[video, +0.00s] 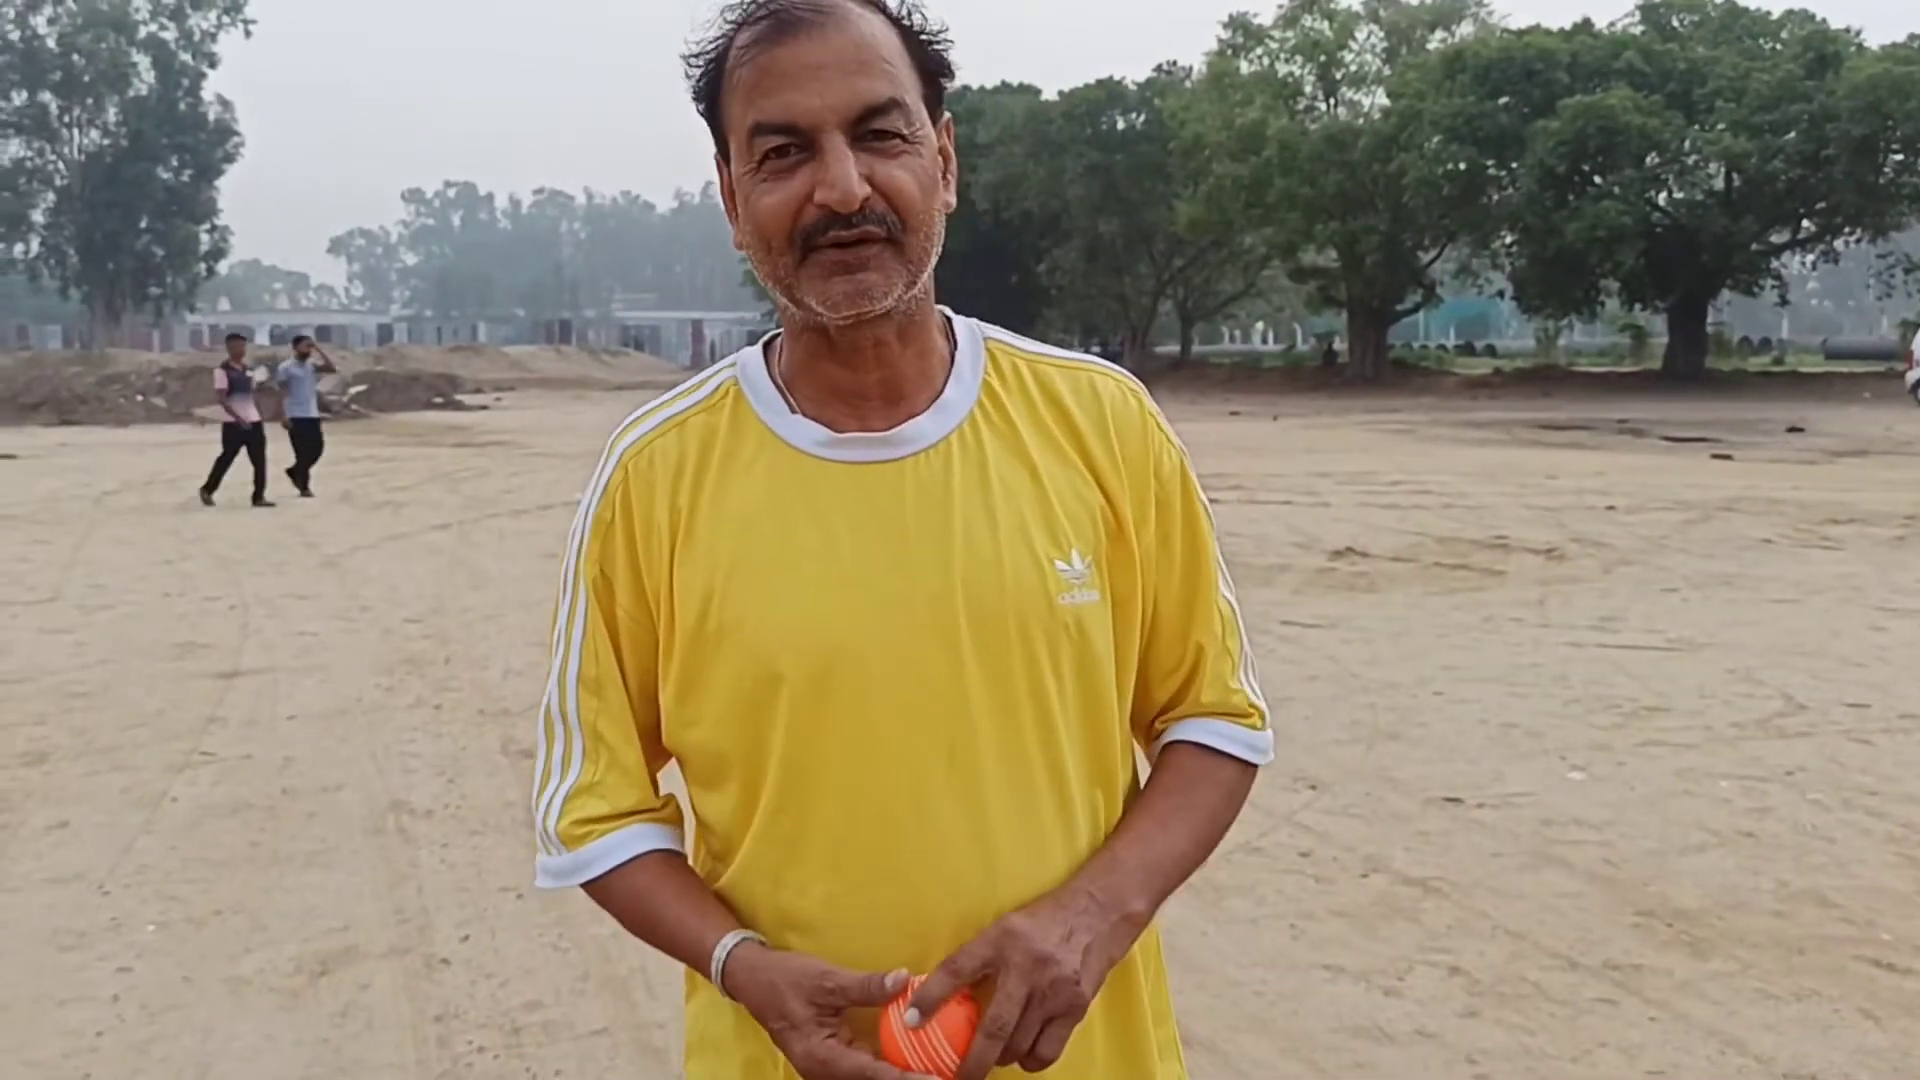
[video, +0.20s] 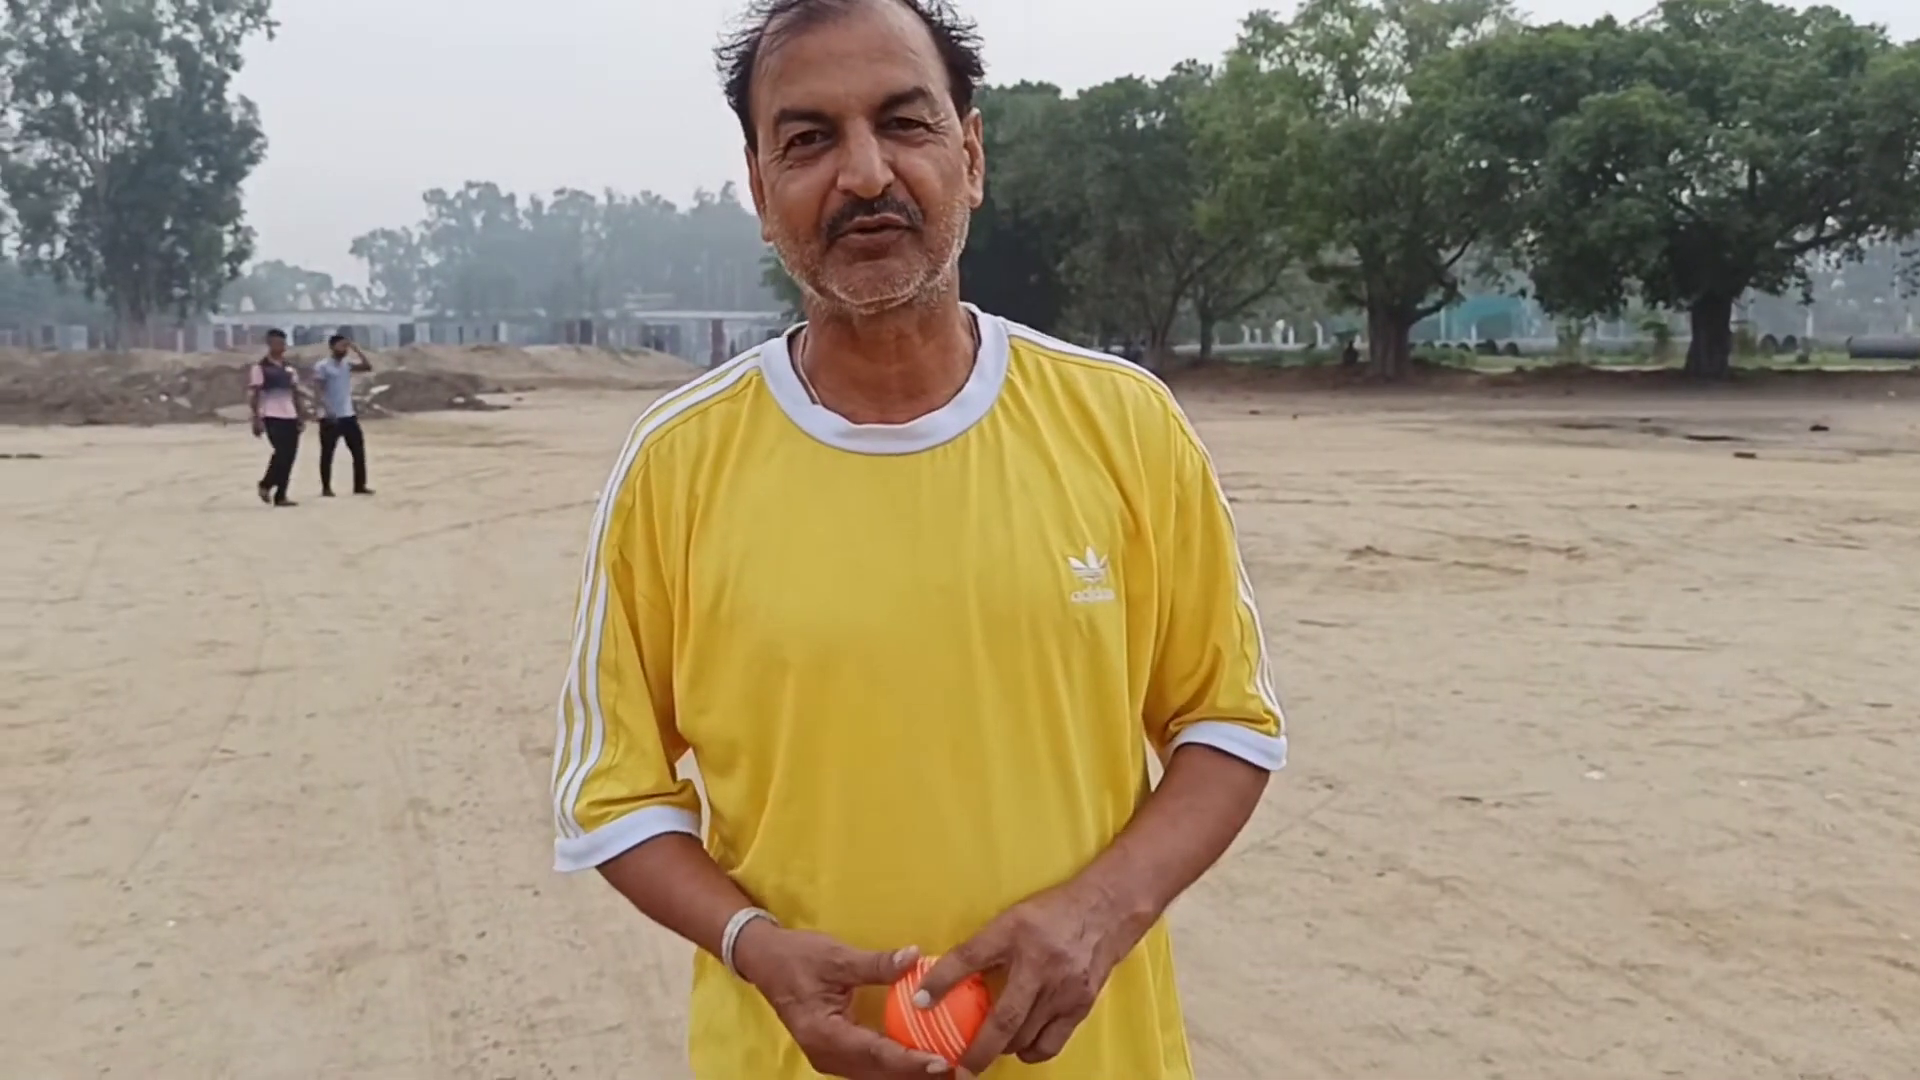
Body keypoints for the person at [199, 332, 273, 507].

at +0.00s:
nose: (241, 350)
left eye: (243, 346)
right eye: (237, 347)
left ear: (245, 348)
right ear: (229, 349)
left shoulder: (246, 370)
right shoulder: (222, 371)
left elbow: (250, 396)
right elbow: (222, 399)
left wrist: (258, 416)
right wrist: (239, 419)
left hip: (253, 422)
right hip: (234, 423)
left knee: (260, 462)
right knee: (227, 458)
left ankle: (258, 496)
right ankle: (207, 489)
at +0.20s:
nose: (280, 347)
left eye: (282, 343)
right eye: (276, 343)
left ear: (285, 344)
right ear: (269, 344)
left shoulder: (289, 369)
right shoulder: (259, 368)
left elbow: (295, 394)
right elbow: (255, 395)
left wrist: (300, 415)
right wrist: (256, 419)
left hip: (290, 414)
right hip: (271, 414)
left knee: (289, 454)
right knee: (282, 451)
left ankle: (281, 494)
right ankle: (266, 484)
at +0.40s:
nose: (328, 350)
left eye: (331, 346)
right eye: (324, 346)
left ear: (333, 347)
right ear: (316, 347)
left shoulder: (336, 370)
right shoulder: (307, 370)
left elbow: (345, 395)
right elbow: (298, 395)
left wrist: (356, 414)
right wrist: (292, 421)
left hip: (333, 418)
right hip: (316, 417)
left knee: (323, 457)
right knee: (326, 456)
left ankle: (312, 493)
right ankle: (343, 492)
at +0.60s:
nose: (368, 351)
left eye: (371, 347)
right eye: (364, 347)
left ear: (374, 348)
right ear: (357, 348)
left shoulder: (379, 370)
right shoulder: (350, 372)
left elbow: (389, 395)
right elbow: (344, 399)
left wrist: (398, 416)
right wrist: (342, 425)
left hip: (379, 418)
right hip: (362, 418)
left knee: (373, 457)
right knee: (372, 457)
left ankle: (350, 484)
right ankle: (381, 495)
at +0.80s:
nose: (394, 347)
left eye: (396, 344)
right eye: (390, 344)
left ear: (401, 345)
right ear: (385, 345)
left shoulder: (407, 367)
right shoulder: (379, 369)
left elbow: (413, 392)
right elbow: (380, 396)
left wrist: (419, 412)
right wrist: (388, 418)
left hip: (410, 417)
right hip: (392, 418)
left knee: (418, 453)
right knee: (392, 460)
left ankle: (402, 484)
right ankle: (396, 495)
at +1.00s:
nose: (418, 347)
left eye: (421, 343)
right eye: (414, 343)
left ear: (424, 344)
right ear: (407, 344)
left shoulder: (429, 368)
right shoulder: (403, 368)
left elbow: (435, 395)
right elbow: (403, 395)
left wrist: (440, 416)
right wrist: (425, 412)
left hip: (431, 419)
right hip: (411, 419)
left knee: (437, 460)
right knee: (406, 460)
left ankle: (447, 494)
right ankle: (403, 494)